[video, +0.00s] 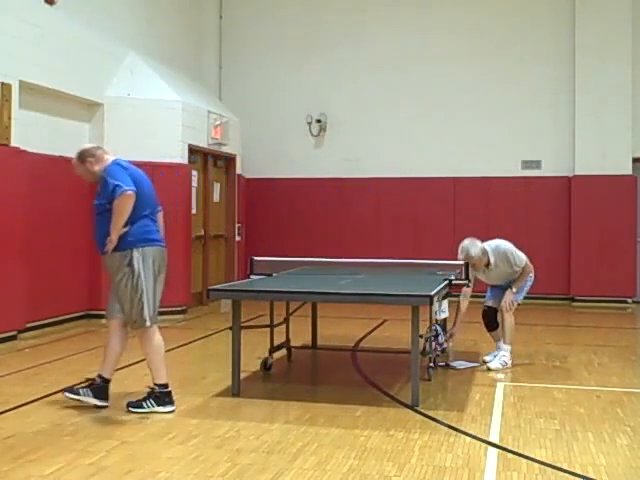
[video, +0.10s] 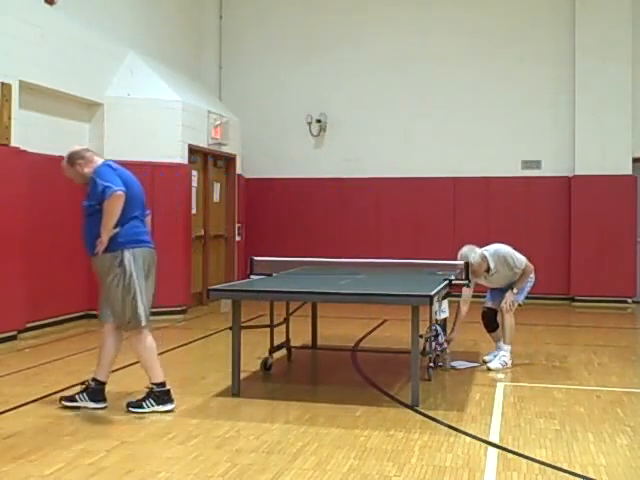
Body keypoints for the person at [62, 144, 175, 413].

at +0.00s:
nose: (86, 178)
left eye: (84, 173)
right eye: (83, 174)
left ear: (92, 162)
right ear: (100, 156)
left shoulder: (111, 169)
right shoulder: (129, 169)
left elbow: (126, 193)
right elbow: (157, 210)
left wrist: (114, 233)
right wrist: (157, 244)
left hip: (137, 251)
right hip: (140, 250)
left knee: (145, 323)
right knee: (117, 319)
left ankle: (162, 393)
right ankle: (101, 386)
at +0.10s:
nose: (77, 181)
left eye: (74, 176)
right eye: (73, 178)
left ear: (81, 164)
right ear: (90, 158)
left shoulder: (100, 170)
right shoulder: (121, 172)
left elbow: (116, 193)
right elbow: (145, 214)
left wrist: (105, 234)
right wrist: (142, 244)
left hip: (125, 252)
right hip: (135, 249)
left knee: (135, 326)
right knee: (111, 324)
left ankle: (160, 391)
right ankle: (96, 389)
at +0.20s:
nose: (66, 179)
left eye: (64, 173)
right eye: (64, 176)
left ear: (72, 162)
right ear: (78, 158)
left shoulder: (92, 169)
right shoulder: (102, 171)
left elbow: (109, 193)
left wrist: (97, 233)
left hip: (115, 250)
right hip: (117, 249)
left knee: (103, 325)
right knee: (109, 326)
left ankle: (149, 381)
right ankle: (95, 389)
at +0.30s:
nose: (59, 178)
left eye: (57, 172)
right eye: (56, 174)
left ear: (65, 160)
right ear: (69, 158)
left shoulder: (86, 167)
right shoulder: (84, 174)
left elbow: (105, 189)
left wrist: (90, 230)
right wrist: (77, 254)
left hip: (106, 250)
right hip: (108, 249)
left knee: (76, 319)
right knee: (101, 322)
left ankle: (126, 369)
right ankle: (95, 389)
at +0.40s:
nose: (53, 174)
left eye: (51, 168)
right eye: (50, 171)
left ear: (59, 157)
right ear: (64, 154)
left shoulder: (82, 164)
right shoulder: (79, 175)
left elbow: (101, 189)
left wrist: (83, 230)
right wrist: (70, 249)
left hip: (98, 248)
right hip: (107, 249)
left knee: (59, 314)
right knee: (94, 321)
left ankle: (97, 373)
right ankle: (94, 390)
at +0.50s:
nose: (47, 173)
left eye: (45, 167)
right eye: (44, 170)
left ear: (54, 155)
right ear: (57, 153)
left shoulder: (76, 163)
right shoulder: (71, 176)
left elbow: (97, 188)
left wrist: (76, 228)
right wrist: (60, 248)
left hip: (89, 247)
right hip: (100, 248)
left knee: (49, 313)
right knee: (90, 320)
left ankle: (66, 386)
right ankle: (95, 389)